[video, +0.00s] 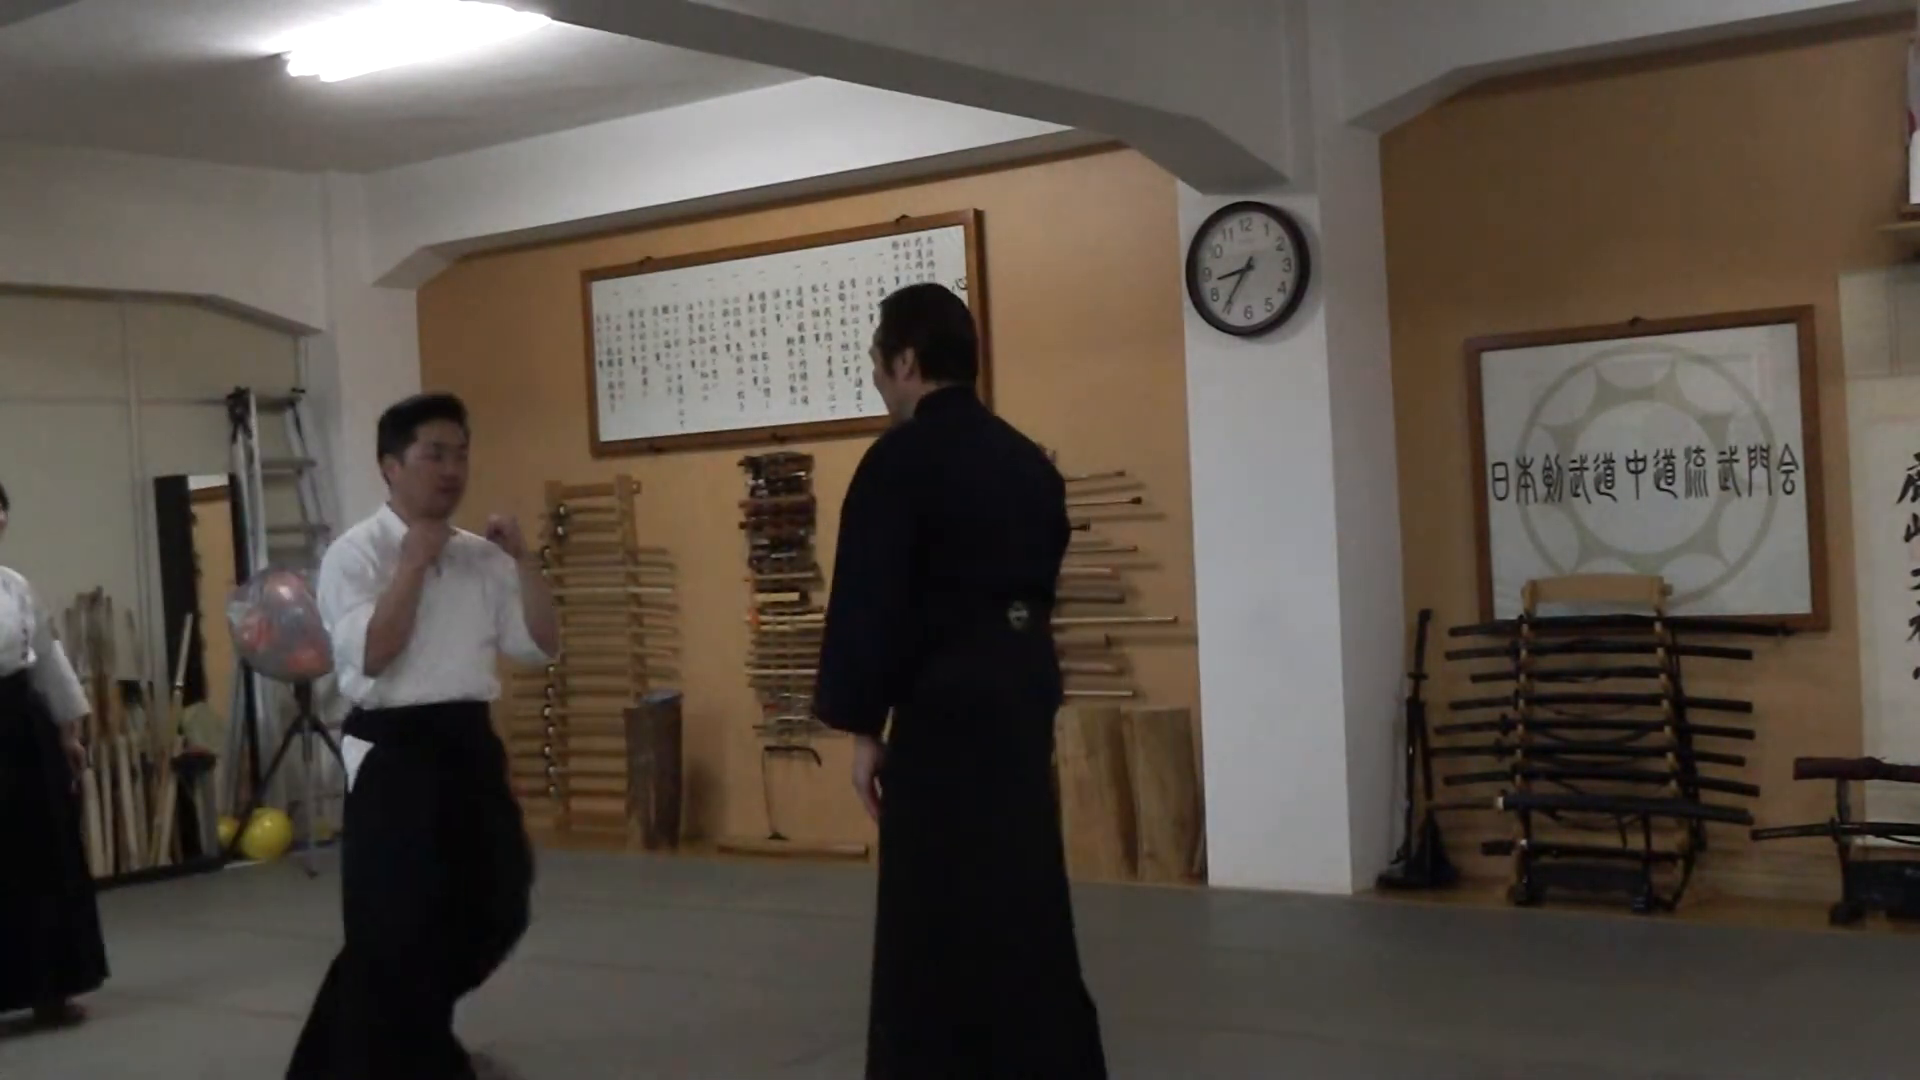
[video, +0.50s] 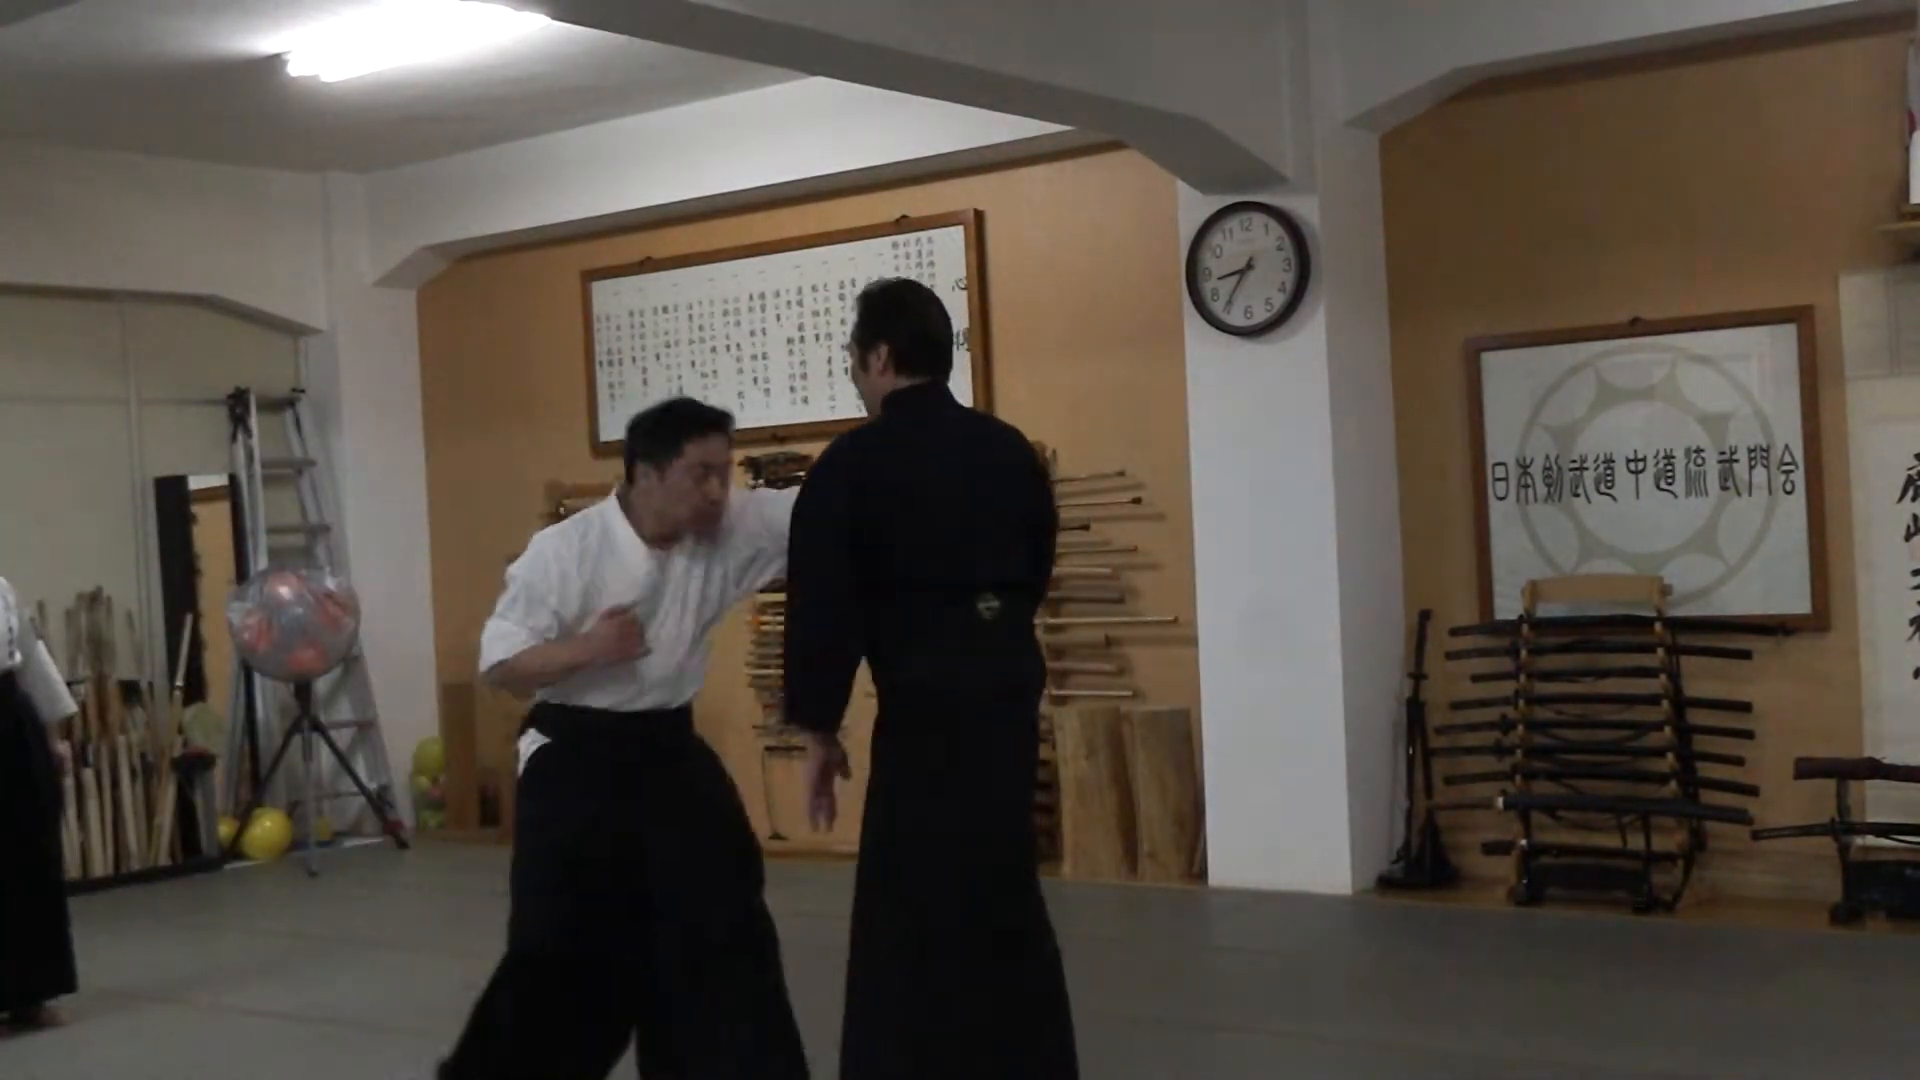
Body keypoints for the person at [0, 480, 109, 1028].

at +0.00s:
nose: (3, 522)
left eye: (4, 511)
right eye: (2, 512)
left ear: (7, 518)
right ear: (3, 519)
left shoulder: (14, 587)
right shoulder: (15, 587)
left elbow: (46, 658)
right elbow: (46, 660)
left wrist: (71, 725)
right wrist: (71, 725)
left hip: (23, 716)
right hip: (21, 717)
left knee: (42, 849)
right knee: (39, 851)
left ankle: (52, 989)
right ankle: (47, 989)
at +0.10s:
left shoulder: (11, 589)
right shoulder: (13, 591)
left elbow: (36, 662)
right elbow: (36, 664)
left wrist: (60, 730)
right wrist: (58, 731)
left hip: (21, 732)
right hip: (18, 733)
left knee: (31, 861)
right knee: (26, 863)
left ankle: (30, 995)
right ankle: (25, 995)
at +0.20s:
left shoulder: (8, 591)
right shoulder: (11, 594)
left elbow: (34, 658)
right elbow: (34, 660)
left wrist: (57, 731)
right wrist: (57, 731)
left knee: (29, 864)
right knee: (26, 866)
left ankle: (29, 995)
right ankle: (26, 996)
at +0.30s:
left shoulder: (8, 594)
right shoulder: (10, 596)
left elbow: (31, 658)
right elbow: (32, 659)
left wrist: (55, 731)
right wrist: (55, 732)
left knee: (28, 868)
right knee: (27, 869)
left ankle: (30, 993)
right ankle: (27, 994)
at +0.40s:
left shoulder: (7, 594)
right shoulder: (9, 597)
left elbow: (29, 654)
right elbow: (30, 656)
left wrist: (55, 730)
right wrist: (55, 731)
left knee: (28, 869)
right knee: (26, 870)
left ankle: (30, 992)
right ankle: (27, 993)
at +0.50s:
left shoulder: (5, 593)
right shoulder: (7, 596)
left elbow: (27, 653)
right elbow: (28, 654)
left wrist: (57, 726)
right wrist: (58, 728)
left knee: (27, 868)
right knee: (25, 869)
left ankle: (28, 994)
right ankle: (25, 995)